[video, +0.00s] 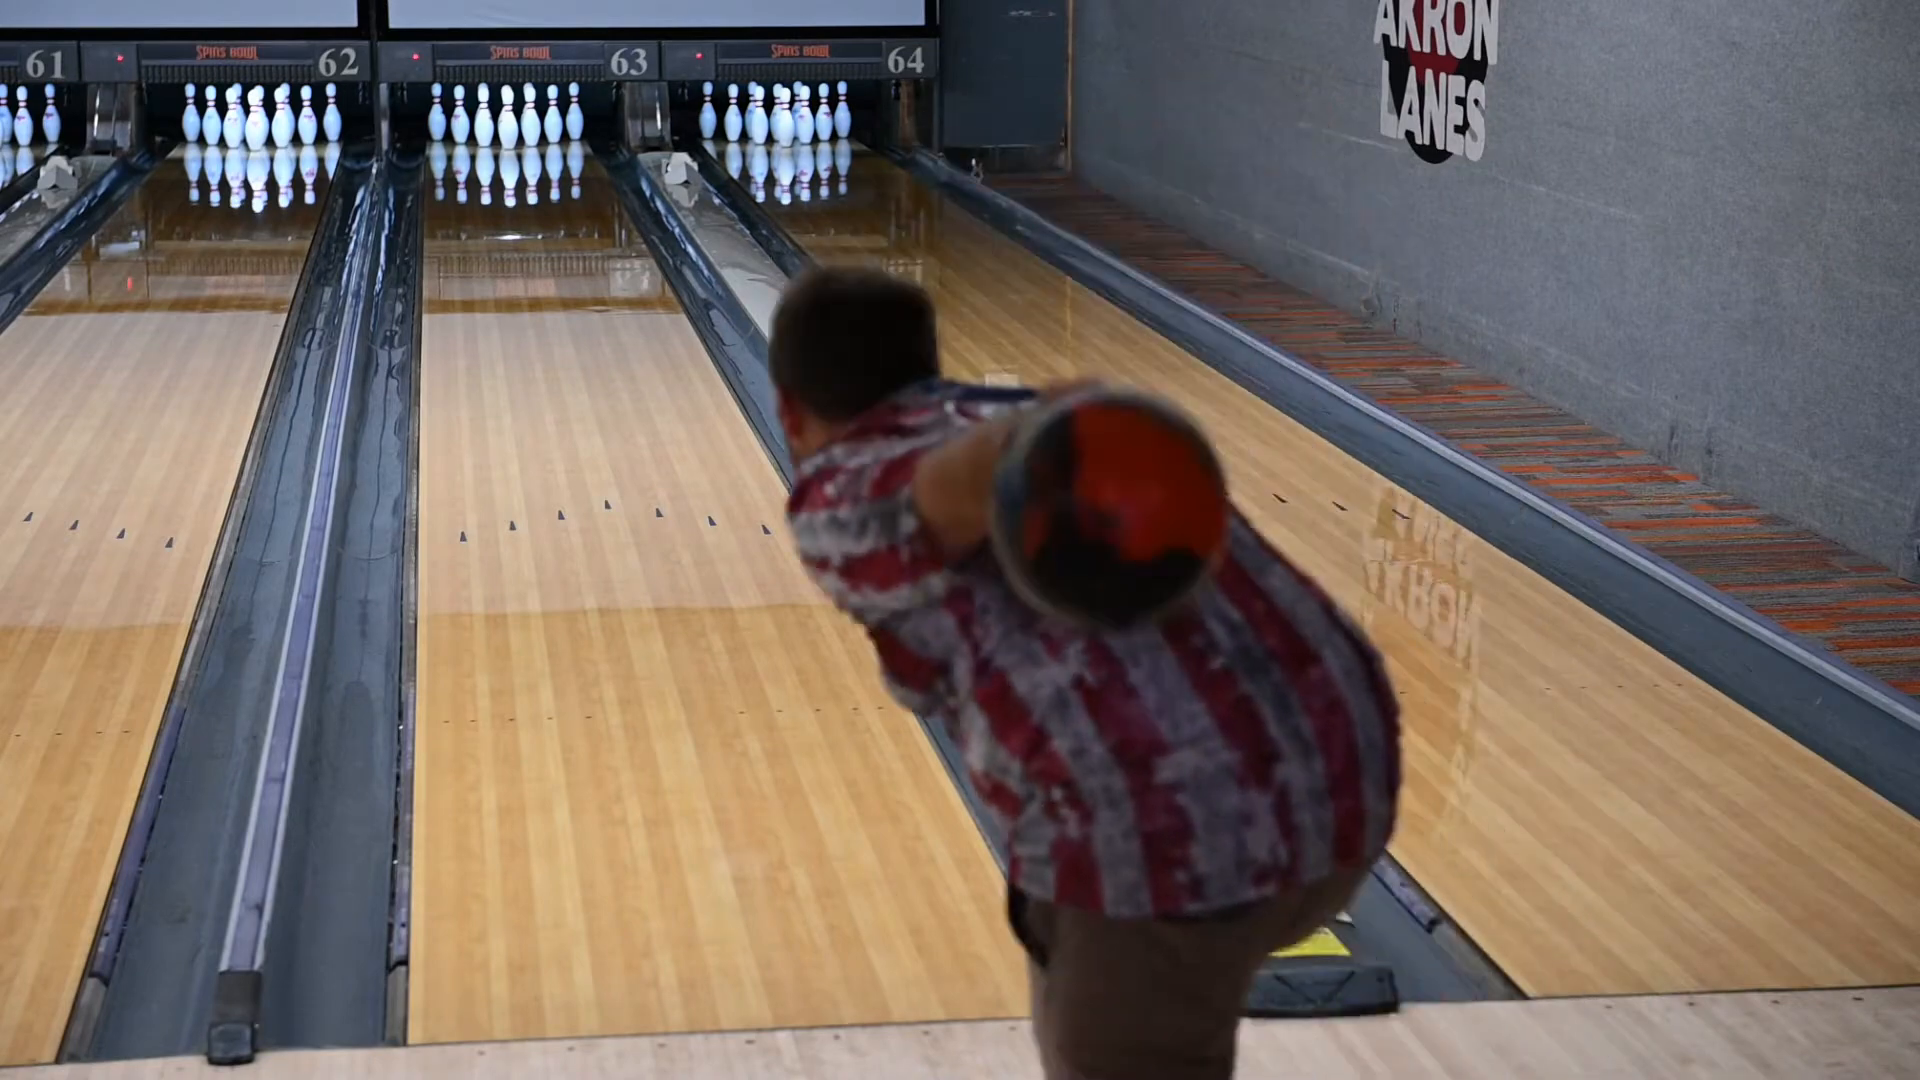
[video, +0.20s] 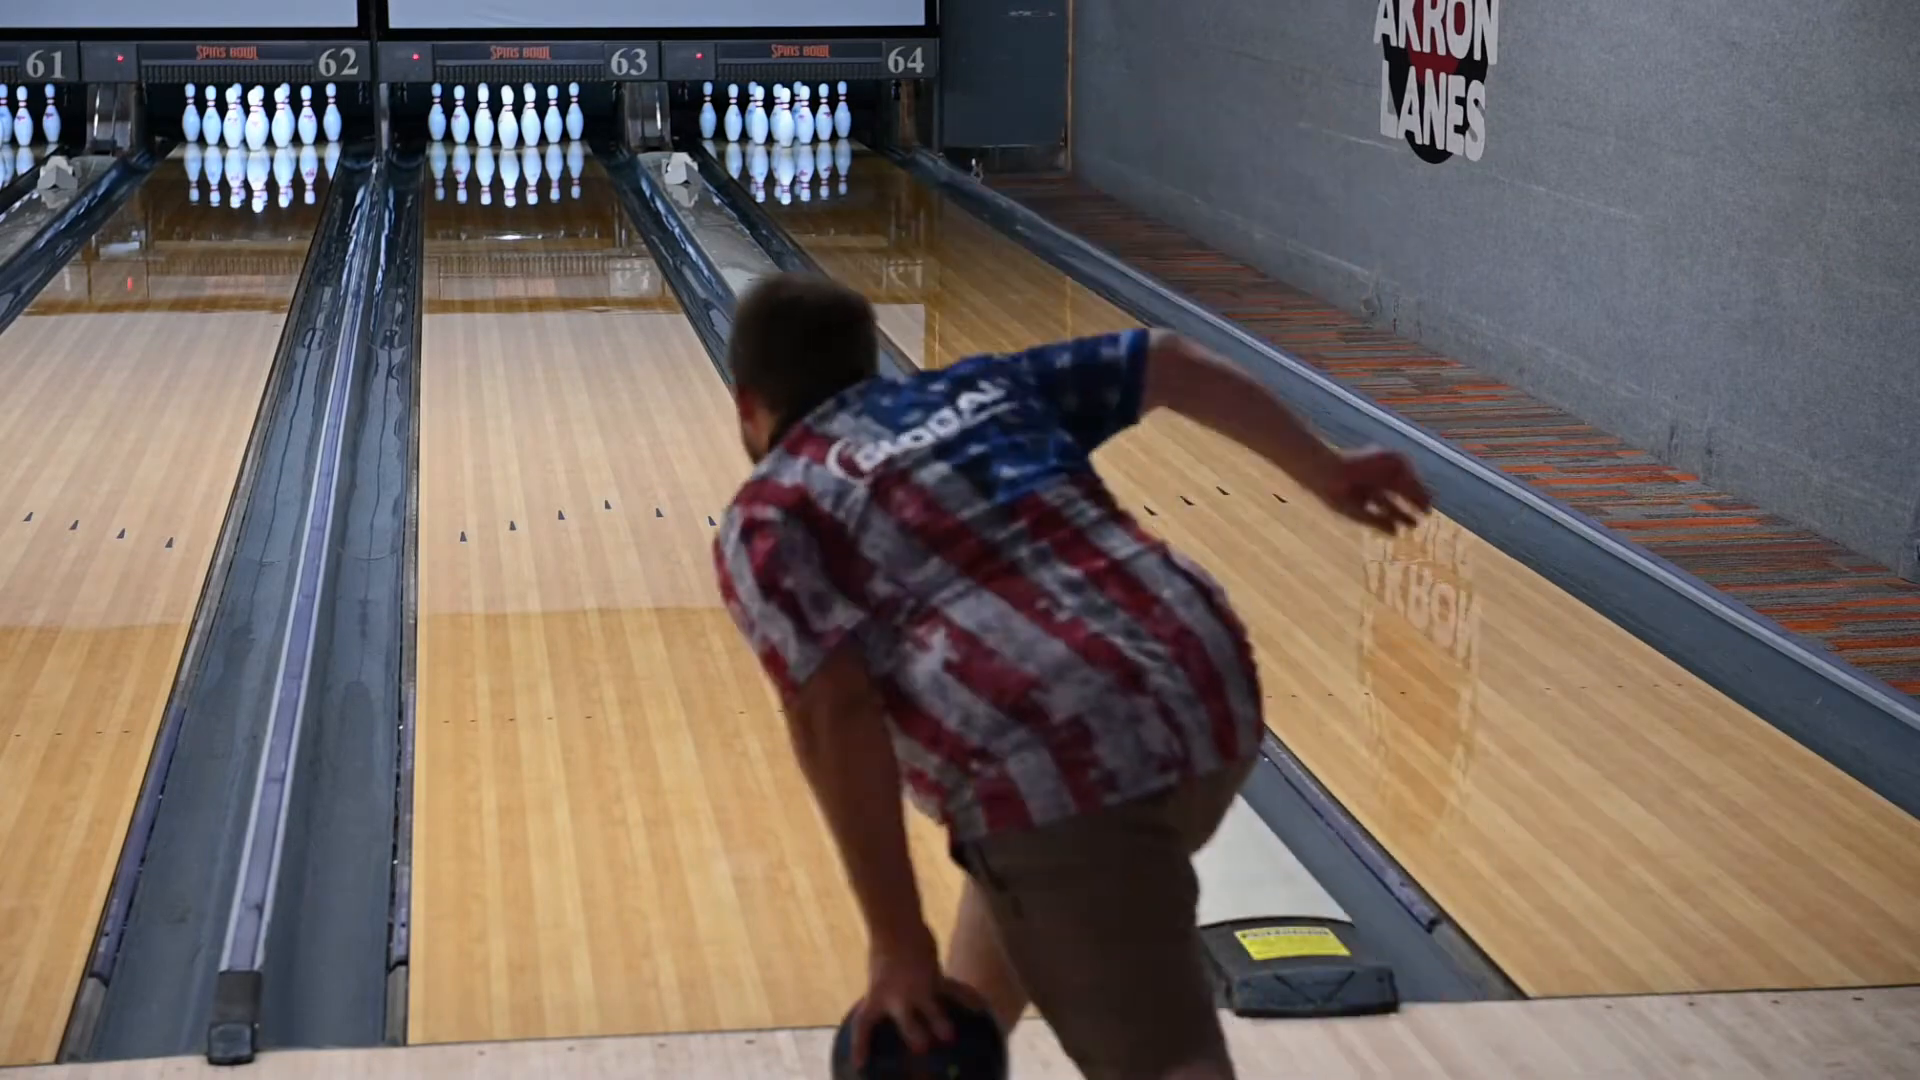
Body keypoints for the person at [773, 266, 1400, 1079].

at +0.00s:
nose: (784, 429)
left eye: (780, 411)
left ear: (793, 413)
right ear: (929, 363)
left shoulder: (831, 501)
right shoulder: (1023, 409)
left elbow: (944, 489)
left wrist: (1048, 435)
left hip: (1172, 844)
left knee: (1117, 1054)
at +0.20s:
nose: (734, 426)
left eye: (733, 409)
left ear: (752, 410)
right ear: (877, 366)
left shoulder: (766, 515)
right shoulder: (985, 383)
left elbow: (840, 711)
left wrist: (897, 947)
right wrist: (1327, 469)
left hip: (1060, 789)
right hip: (1217, 712)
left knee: (1169, 1062)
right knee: (1014, 869)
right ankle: (953, 1054)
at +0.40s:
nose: (731, 382)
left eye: (730, 365)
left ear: (739, 366)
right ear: (855, 317)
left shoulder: (743, 455)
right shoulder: (969, 341)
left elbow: (701, 575)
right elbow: (1145, 467)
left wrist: (754, 462)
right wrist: (1192, 633)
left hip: (995, 689)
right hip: (1142, 615)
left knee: (1143, 962)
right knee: (985, 824)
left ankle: (1407, 1071)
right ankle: (931, 1069)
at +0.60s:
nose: (700, 231)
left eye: (702, 211)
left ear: (716, 217)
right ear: (833, 196)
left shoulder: (722, 300)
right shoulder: (956, 242)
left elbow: (600, 290)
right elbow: (1078, 374)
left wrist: (637, 146)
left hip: (960, 556)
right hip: (1121, 526)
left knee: (1060, 863)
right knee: (974, 800)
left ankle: (1296, 1064)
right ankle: (939, 1059)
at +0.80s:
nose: (714, 181)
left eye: (714, 169)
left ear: (726, 178)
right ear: (838, 148)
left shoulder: (728, 275)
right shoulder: (947, 201)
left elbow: (640, 392)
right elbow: (1053, 331)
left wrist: (645, 280)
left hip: (946, 531)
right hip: (1101, 504)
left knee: (1009, 841)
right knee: (979, 817)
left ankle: (1208, 1071)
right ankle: (936, 1069)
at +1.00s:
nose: (714, 178)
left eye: (713, 163)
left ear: (724, 170)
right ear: (840, 140)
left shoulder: (717, 295)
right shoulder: (958, 202)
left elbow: (715, 487)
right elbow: (1067, 348)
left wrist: (733, 514)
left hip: (931, 554)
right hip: (1092, 525)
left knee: (975, 856)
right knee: (973, 825)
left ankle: (1145, 1072)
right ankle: (931, 1069)